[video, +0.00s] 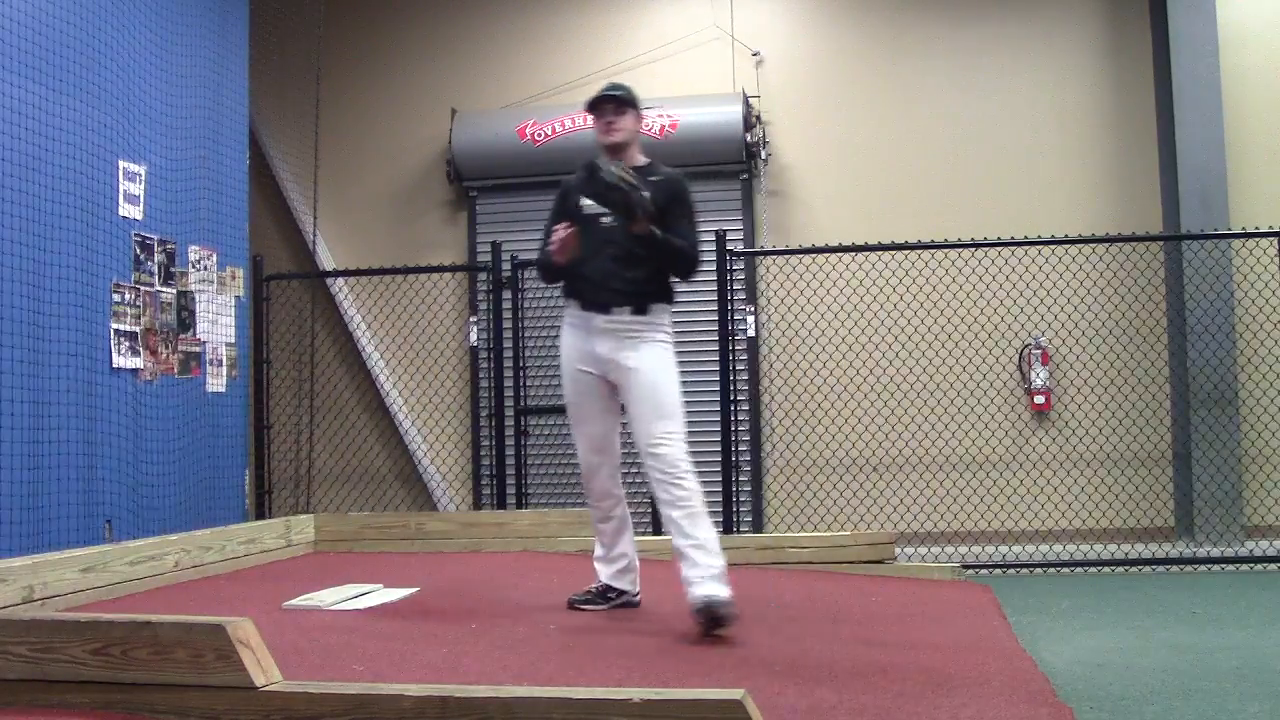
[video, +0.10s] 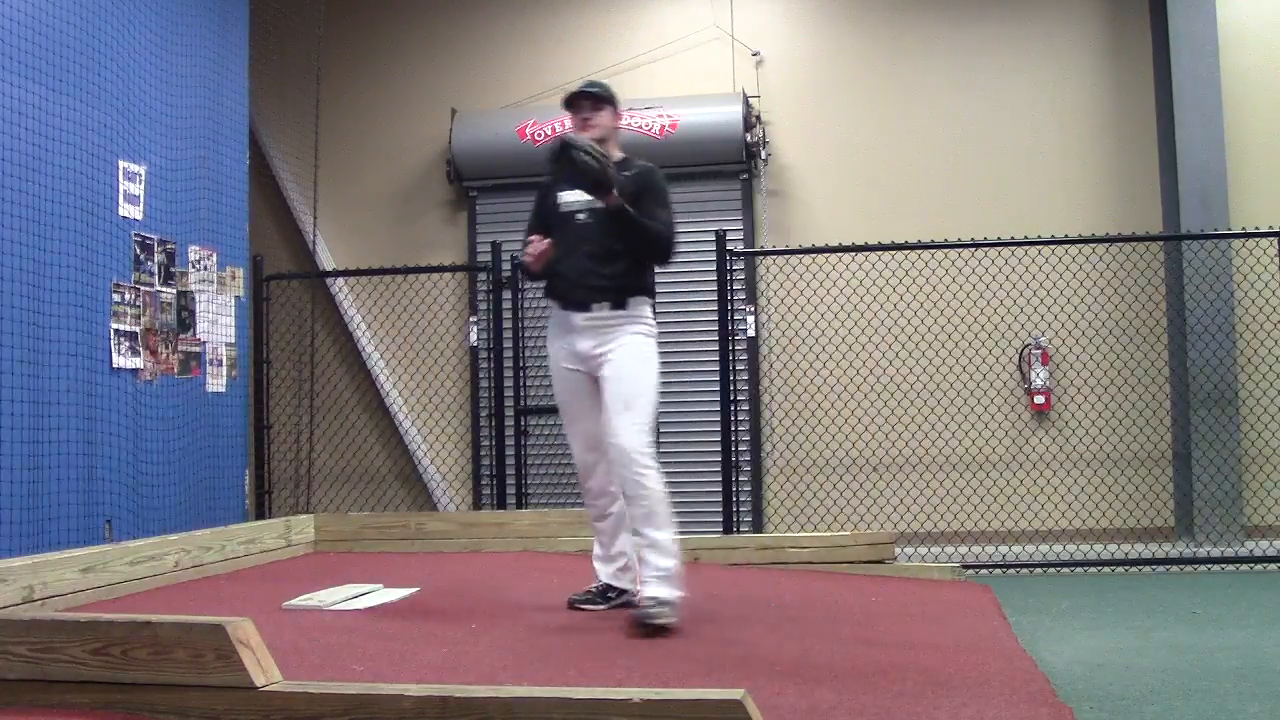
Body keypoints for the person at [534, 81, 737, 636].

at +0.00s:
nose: (609, 122)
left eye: (618, 113)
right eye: (601, 116)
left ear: (639, 120)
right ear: (592, 126)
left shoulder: (667, 185)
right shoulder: (577, 186)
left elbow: (689, 264)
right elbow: (547, 271)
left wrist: (649, 231)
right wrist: (556, 257)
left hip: (644, 336)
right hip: (582, 334)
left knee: (666, 456)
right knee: (596, 465)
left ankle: (708, 591)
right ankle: (618, 580)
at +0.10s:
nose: (585, 119)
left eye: (596, 110)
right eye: (577, 112)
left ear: (618, 118)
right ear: (567, 123)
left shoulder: (642, 178)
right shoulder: (557, 183)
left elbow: (661, 247)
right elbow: (537, 263)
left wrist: (615, 198)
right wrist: (533, 262)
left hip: (626, 329)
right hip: (566, 331)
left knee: (629, 446)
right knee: (590, 459)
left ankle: (660, 589)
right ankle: (616, 577)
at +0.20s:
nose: (563, 118)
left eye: (573, 108)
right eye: (556, 110)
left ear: (595, 117)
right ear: (547, 121)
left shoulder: (618, 171)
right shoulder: (536, 186)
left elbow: (639, 227)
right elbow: (517, 262)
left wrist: (586, 166)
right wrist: (511, 263)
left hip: (613, 323)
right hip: (554, 330)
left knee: (589, 443)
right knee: (582, 456)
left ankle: (599, 584)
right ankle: (624, 576)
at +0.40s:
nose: (529, 119)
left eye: (538, 110)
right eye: (523, 113)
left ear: (556, 115)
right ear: (512, 122)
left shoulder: (577, 168)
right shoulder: (499, 188)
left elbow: (582, 173)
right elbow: (495, 264)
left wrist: (530, 116)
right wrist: (480, 262)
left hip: (571, 315)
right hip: (521, 324)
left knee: (529, 442)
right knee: (563, 458)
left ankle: (520, 580)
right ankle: (617, 571)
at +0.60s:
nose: (497, 110)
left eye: (506, 99)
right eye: (488, 102)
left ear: (528, 102)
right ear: (479, 111)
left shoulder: (543, 152)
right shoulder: (482, 179)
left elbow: (509, 115)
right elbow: (492, 256)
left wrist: (447, 67)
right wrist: (459, 256)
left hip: (529, 312)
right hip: (480, 318)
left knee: (517, 444)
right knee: (457, 439)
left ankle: (524, 580)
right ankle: (546, 528)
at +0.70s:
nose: (473, 98)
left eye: (484, 90)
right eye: (465, 93)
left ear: (507, 99)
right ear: (458, 101)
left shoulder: (521, 144)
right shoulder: (460, 162)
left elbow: (476, 129)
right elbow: (478, 250)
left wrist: (418, 93)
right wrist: (444, 253)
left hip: (514, 312)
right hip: (462, 315)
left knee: (510, 446)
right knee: (418, 427)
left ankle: (526, 580)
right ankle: (471, 535)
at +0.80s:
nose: (451, 102)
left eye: (462, 92)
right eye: (444, 96)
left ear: (486, 100)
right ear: (439, 106)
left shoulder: (500, 148)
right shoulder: (439, 166)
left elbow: (497, 176)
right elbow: (454, 249)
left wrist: (416, 145)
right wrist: (417, 255)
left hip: (498, 313)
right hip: (443, 315)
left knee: (502, 447)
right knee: (395, 429)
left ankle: (524, 582)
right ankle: (387, 555)